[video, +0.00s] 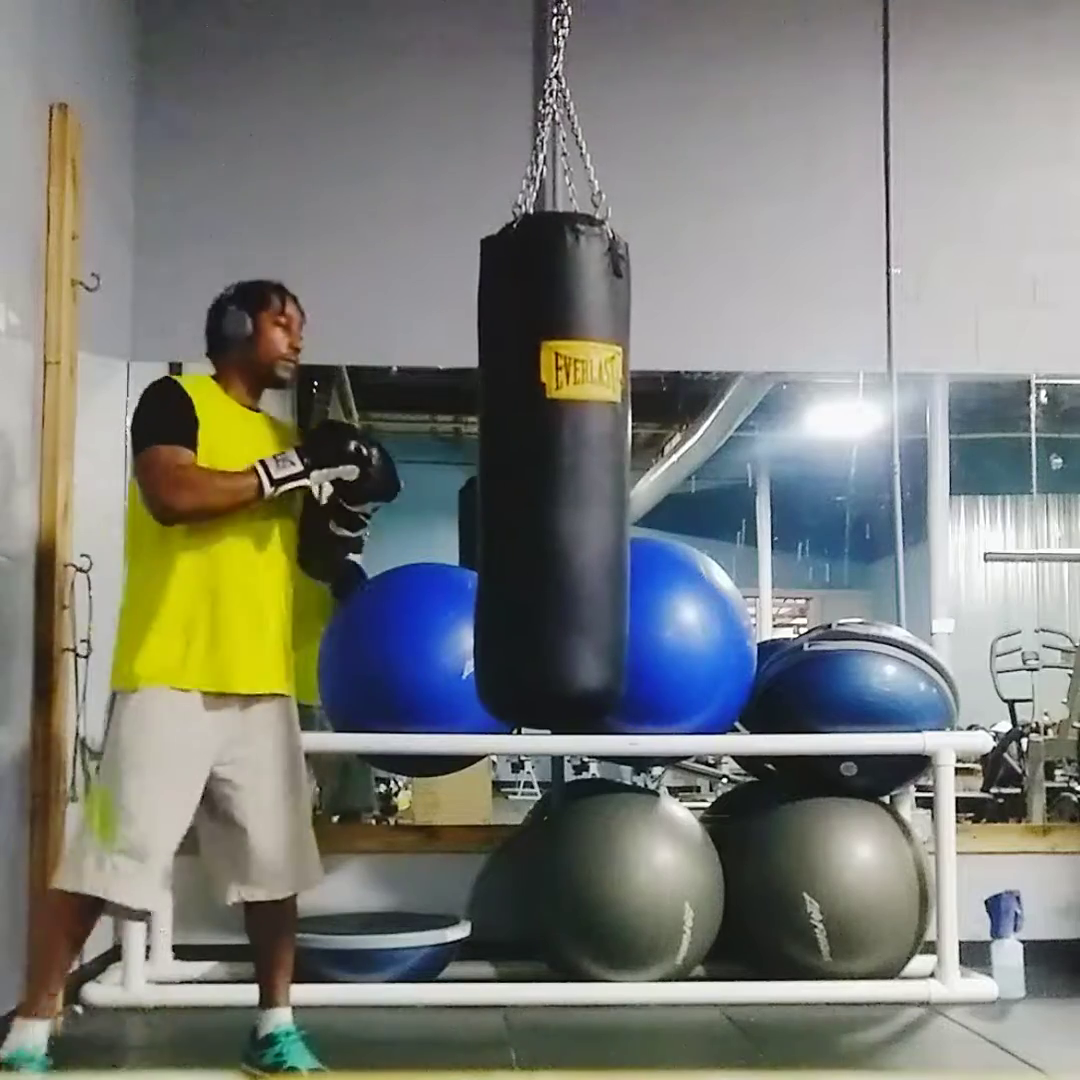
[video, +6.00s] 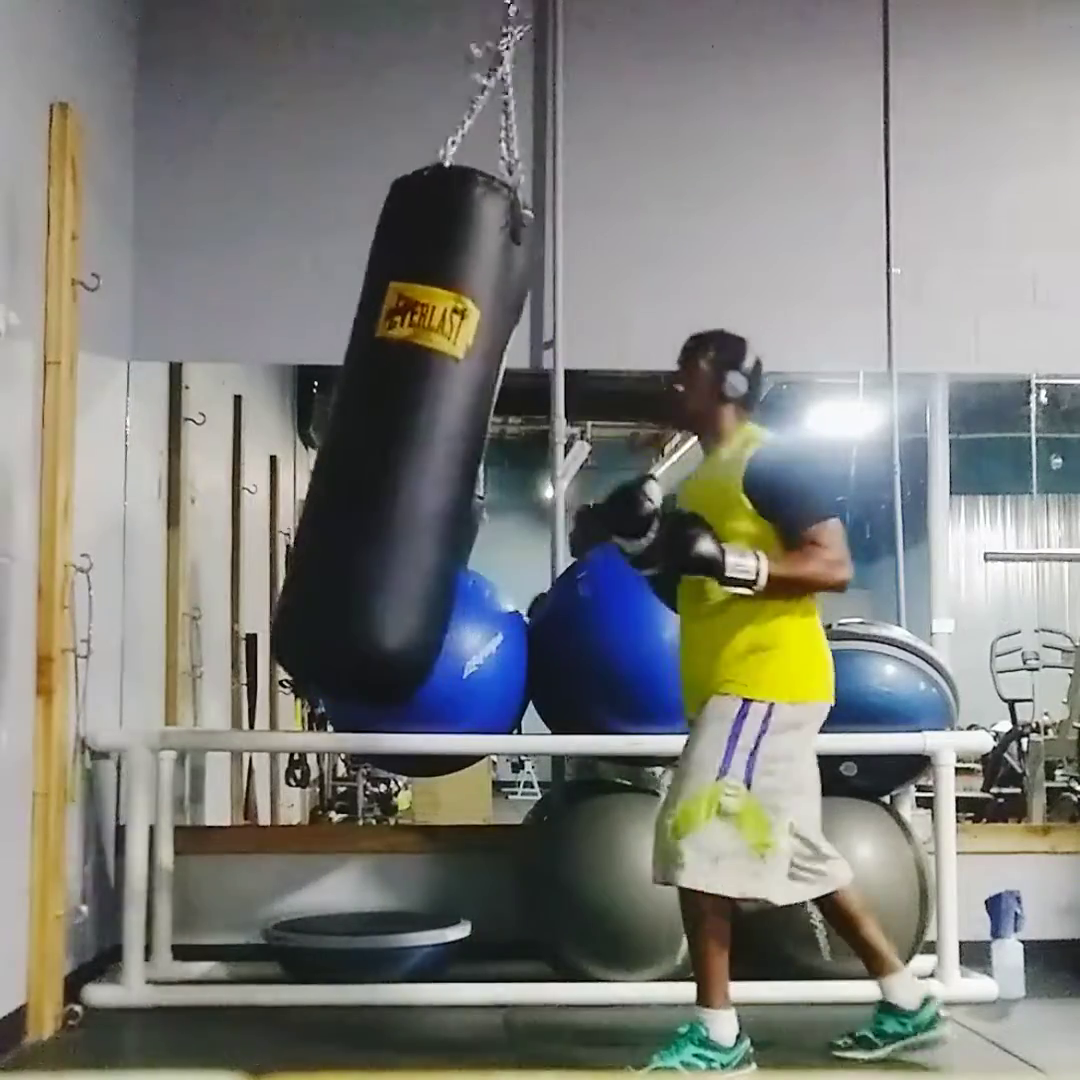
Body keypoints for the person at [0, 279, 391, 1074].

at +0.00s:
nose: (298, 340)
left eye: (299, 329)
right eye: (286, 324)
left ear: (270, 339)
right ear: (241, 326)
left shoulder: (281, 439)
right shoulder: (174, 399)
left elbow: (309, 560)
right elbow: (170, 493)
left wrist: (341, 514)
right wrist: (294, 464)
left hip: (261, 675)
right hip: (168, 669)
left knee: (273, 857)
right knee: (107, 849)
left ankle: (276, 1026)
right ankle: (32, 1024)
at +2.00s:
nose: (325, 360)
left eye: (329, 350)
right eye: (314, 343)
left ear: (307, 360)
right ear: (268, 340)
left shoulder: (293, 446)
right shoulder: (198, 404)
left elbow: (333, 548)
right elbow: (247, 485)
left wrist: (374, 490)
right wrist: (340, 443)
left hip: (262, 677)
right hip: (174, 670)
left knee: (292, 851)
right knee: (128, 853)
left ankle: (316, 1026)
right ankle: (67, 1015)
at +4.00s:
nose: (425, 394)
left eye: (436, 385)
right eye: (411, 381)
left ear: (445, 398)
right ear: (376, 387)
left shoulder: (451, 468)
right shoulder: (333, 453)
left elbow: (525, 578)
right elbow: (312, 528)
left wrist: (504, 500)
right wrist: (401, 461)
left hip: (447, 681)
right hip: (352, 682)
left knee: (493, 842)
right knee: (333, 848)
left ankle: (536, 1007)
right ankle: (323, 992)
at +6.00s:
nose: (674, 388)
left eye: (684, 376)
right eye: (678, 377)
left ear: (719, 383)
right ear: (715, 385)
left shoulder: (769, 460)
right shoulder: (695, 481)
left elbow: (834, 564)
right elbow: (692, 596)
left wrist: (725, 561)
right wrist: (637, 541)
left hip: (772, 680)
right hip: (733, 682)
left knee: (695, 834)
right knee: (798, 848)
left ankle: (716, 1029)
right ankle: (906, 997)